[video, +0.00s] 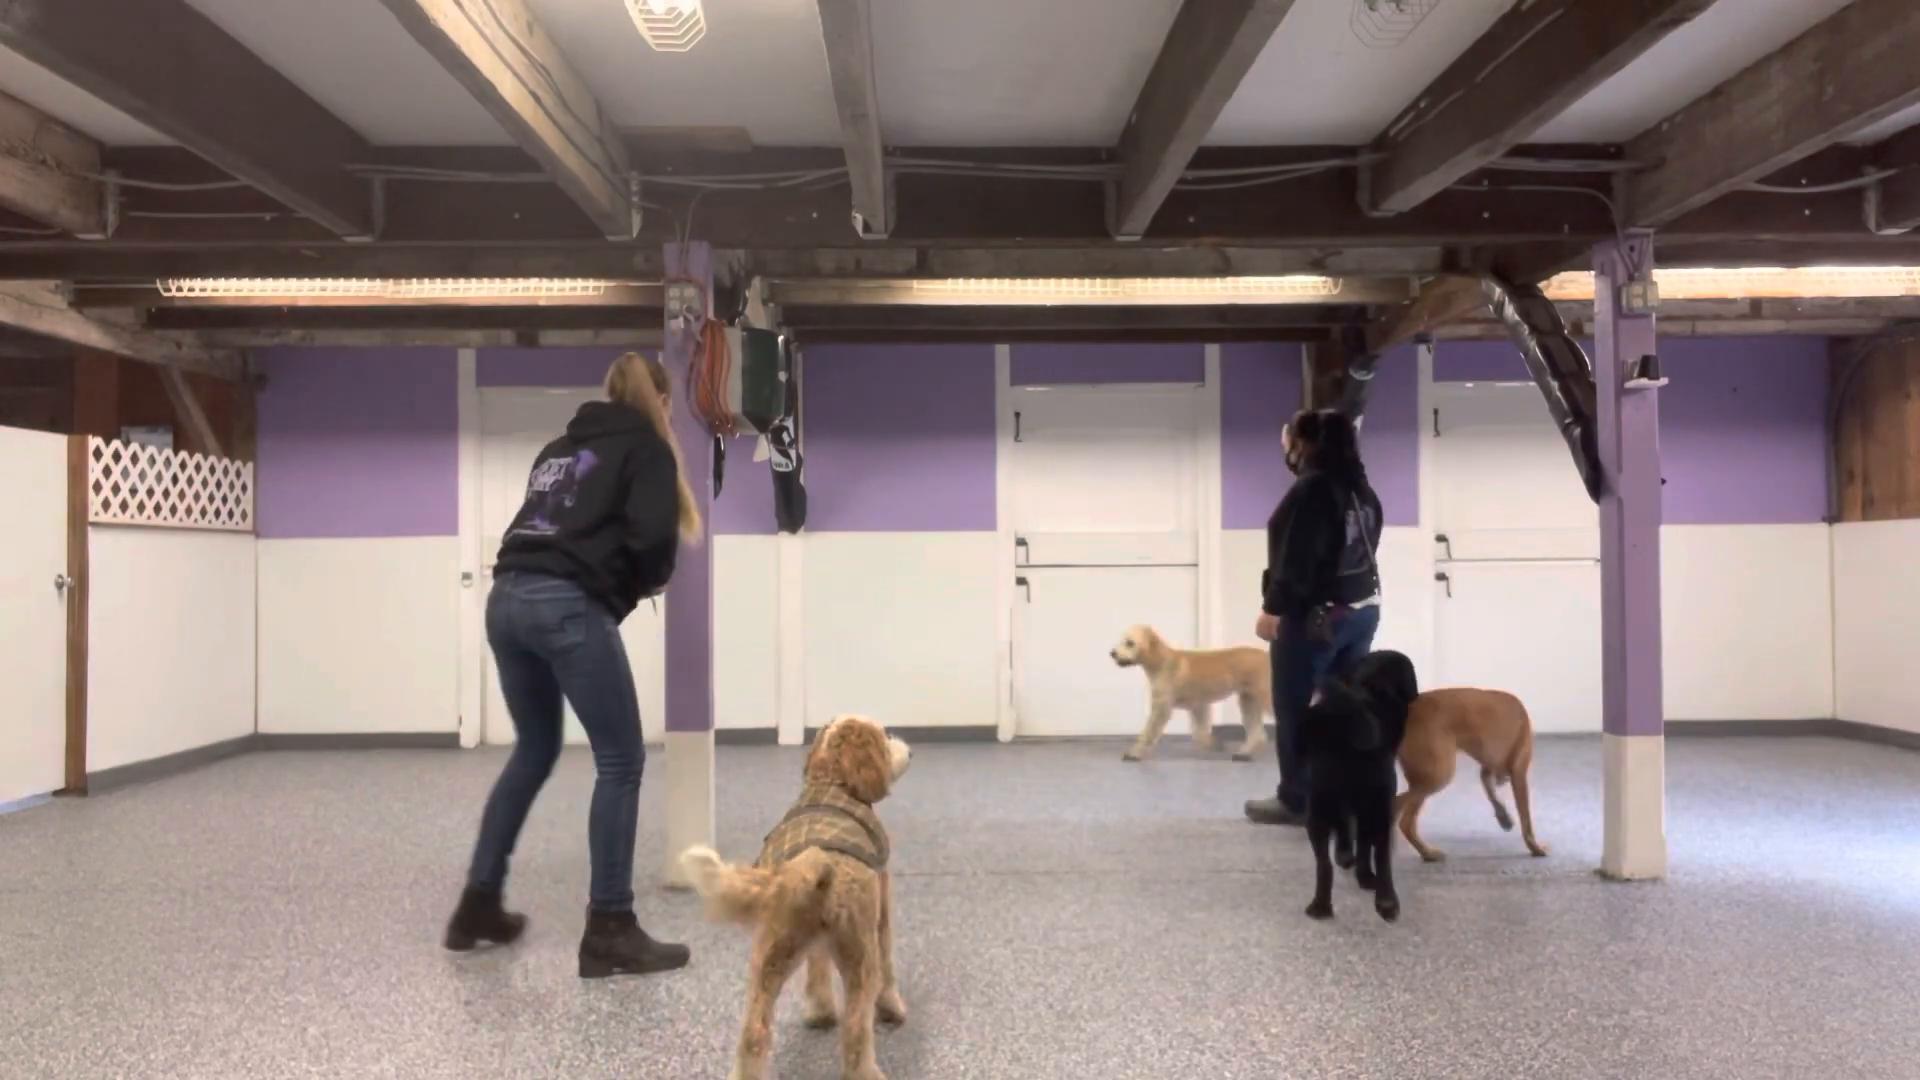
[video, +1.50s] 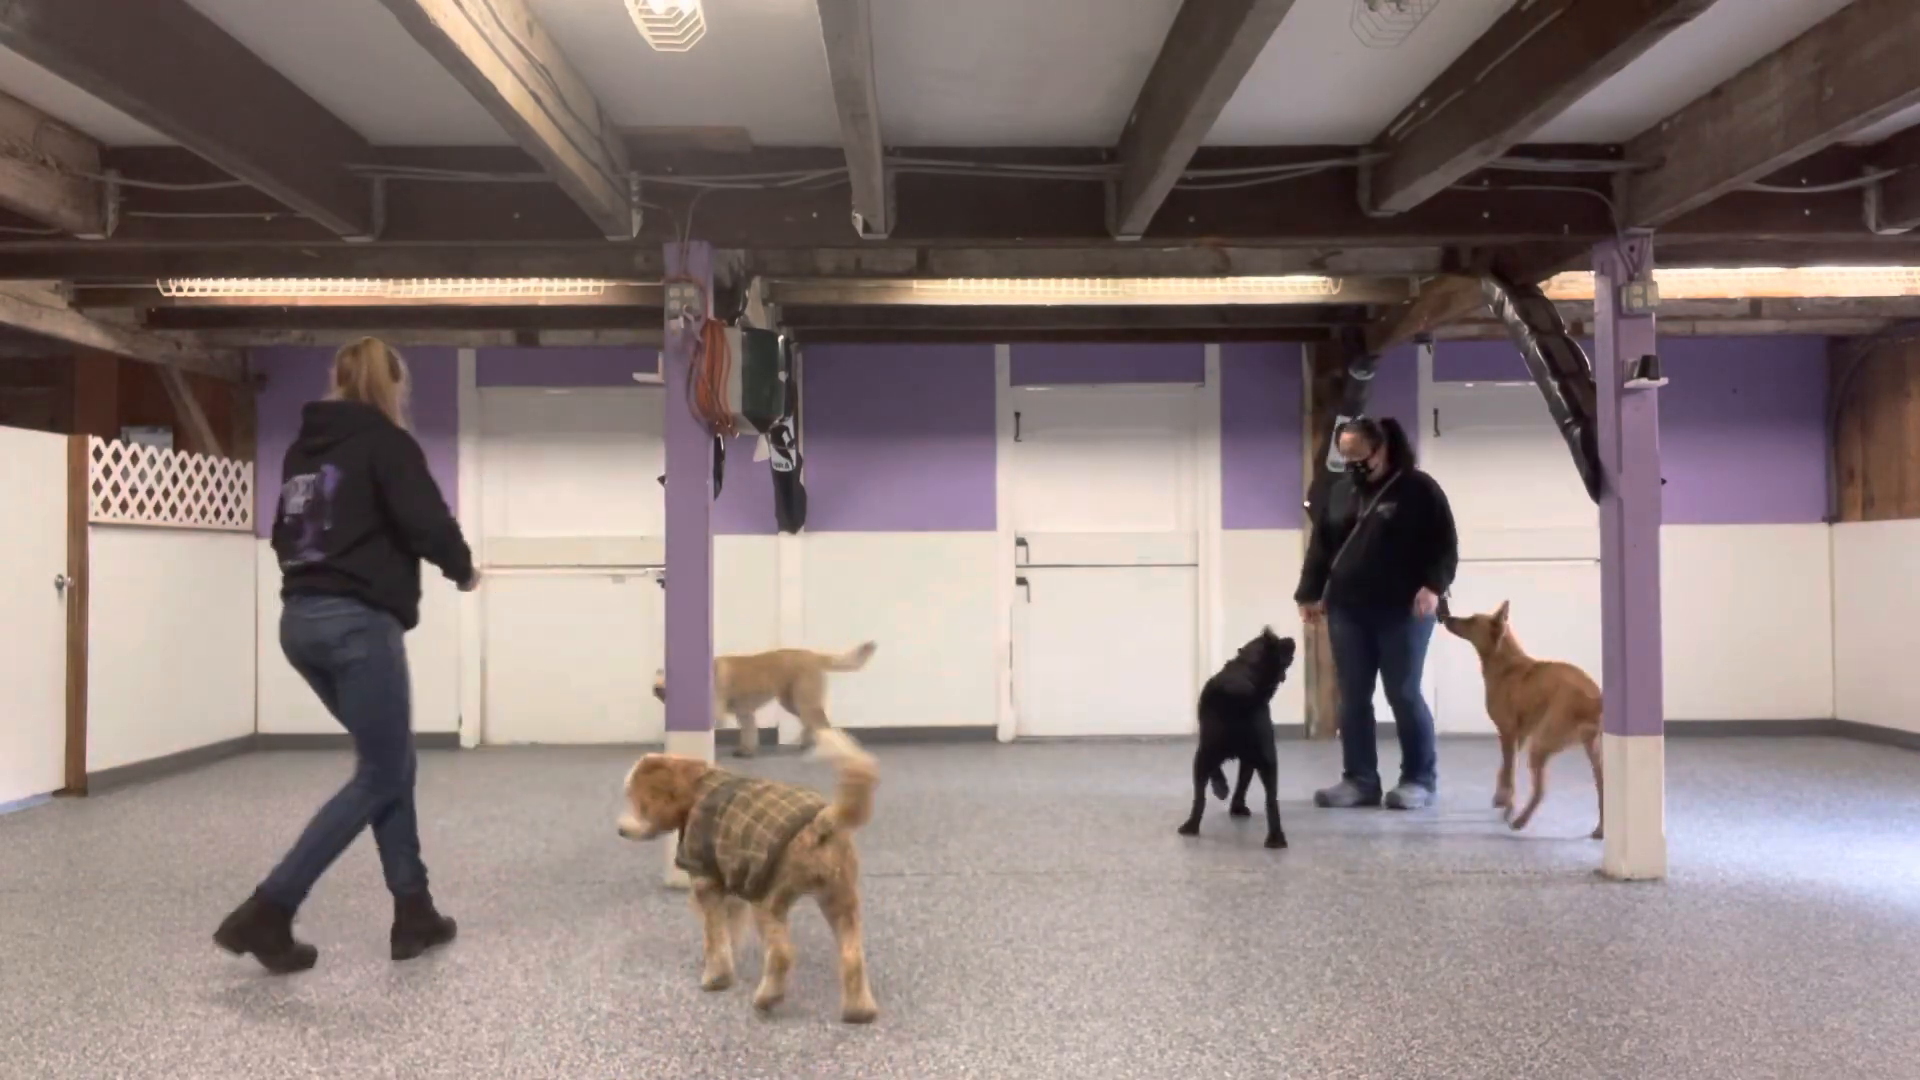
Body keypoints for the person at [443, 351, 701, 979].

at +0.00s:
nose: (671, 408)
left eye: (668, 399)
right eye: (668, 399)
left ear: (608, 395)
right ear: (659, 400)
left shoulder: (563, 444)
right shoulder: (647, 447)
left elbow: (547, 520)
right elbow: (653, 536)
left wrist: (604, 572)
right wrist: (645, 582)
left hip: (507, 599)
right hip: (568, 604)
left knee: (534, 752)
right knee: (620, 762)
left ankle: (478, 907)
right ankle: (611, 929)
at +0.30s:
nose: (572, 436)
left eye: (569, 428)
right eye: (572, 428)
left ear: (516, 423)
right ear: (565, 426)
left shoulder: (476, 469)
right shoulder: (565, 468)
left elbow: (462, 540)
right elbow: (574, 543)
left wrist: (533, 594)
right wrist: (572, 597)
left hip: (428, 611)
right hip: (496, 610)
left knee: (450, 756)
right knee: (570, 763)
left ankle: (415, 915)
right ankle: (605, 926)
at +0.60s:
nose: (518, 454)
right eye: (517, 447)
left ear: (461, 447)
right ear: (514, 449)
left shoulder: (427, 495)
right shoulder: (524, 482)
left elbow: (407, 574)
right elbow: (552, 554)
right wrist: (536, 611)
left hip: (407, 615)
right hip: (482, 609)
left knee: (433, 760)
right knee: (552, 764)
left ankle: (414, 915)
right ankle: (589, 927)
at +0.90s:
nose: (490, 452)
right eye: (487, 444)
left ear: (427, 449)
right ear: (482, 446)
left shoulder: (396, 500)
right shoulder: (499, 486)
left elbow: (325, 563)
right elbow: (540, 558)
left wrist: (382, 600)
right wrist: (549, 618)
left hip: (392, 630)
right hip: (469, 619)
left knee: (435, 759)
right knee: (551, 766)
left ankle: (414, 915)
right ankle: (590, 925)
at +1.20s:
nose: (448, 417)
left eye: (445, 408)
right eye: (446, 408)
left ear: (387, 409)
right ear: (436, 406)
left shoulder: (354, 470)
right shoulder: (443, 457)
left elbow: (332, 561)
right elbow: (478, 530)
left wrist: (373, 598)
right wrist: (520, 579)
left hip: (356, 629)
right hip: (426, 619)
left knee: (427, 759)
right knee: (512, 758)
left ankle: (415, 915)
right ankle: (534, 920)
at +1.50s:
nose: (406, 395)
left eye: (404, 385)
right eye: (403, 385)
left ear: (340, 382)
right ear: (390, 386)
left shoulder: (304, 446)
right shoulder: (387, 442)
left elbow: (286, 535)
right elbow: (426, 522)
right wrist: (463, 569)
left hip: (301, 621)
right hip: (360, 622)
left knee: (392, 765)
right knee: (383, 773)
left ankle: (413, 911)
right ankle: (267, 911)